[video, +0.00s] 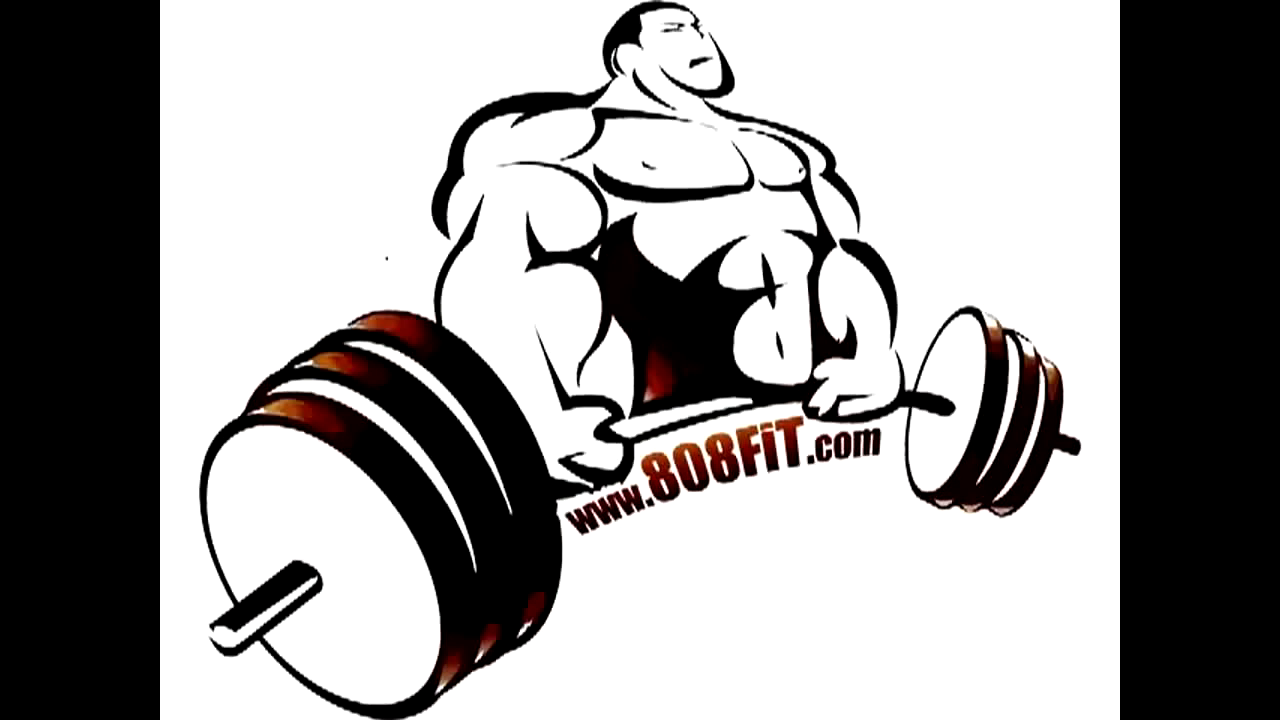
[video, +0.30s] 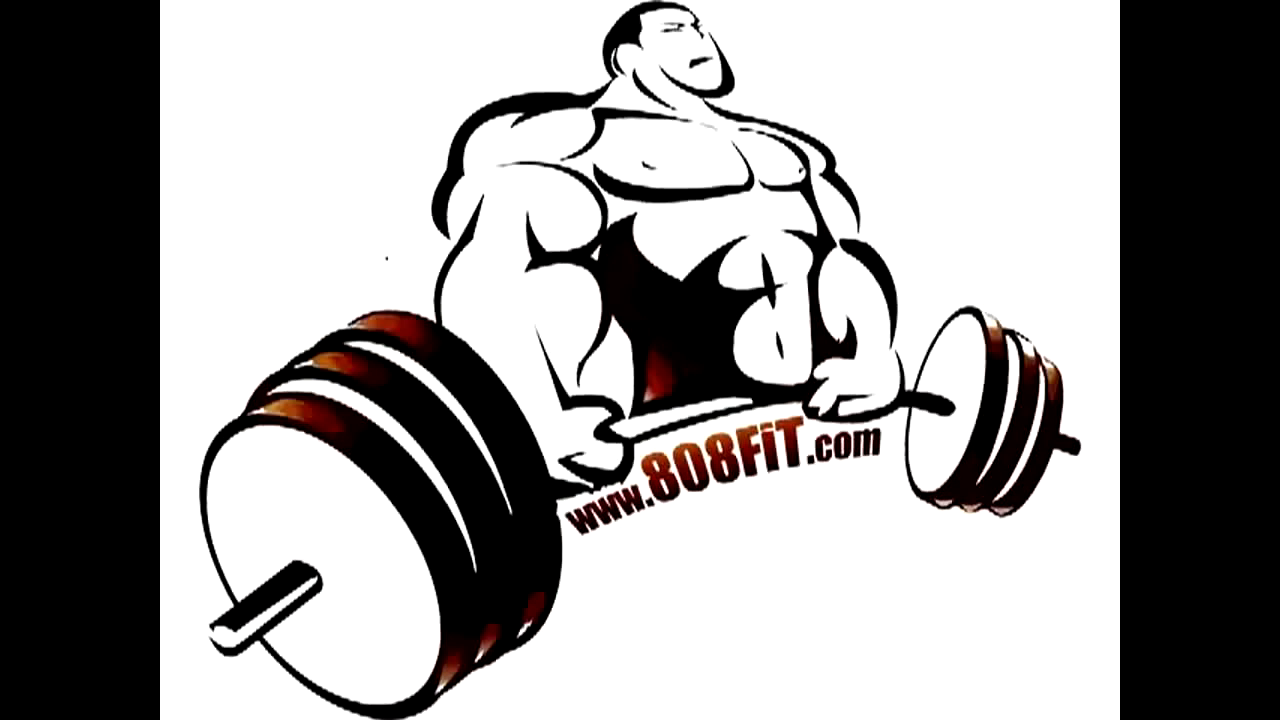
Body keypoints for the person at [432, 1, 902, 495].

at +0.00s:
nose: (702, 40)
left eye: (701, 28)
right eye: (676, 30)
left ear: (713, 45)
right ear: (629, 59)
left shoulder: (775, 145)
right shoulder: (594, 126)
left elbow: (850, 249)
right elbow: (487, 155)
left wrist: (878, 358)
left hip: (747, 330)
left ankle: (870, 369)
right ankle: (577, 429)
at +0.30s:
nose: (702, 40)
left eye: (701, 28)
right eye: (676, 30)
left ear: (713, 45)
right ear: (629, 59)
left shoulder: (775, 145)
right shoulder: (594, 126)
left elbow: (850, 249)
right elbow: (487, 155)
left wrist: (878, 358)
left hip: (747, 330)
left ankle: (870, 369)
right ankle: (577, 429)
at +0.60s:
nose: (702, 40)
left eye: (701, 28)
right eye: (676, 30)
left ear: (713, 45)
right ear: (629, 59)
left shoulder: (775, 145)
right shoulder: (594, 126)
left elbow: (850, 249)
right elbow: (487, 155)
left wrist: (878, 358)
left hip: (747, 330)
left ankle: (870, 369)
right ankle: (577, 429)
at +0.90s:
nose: (702, 40)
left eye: (701, 28)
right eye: (676, 30)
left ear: (713, 45)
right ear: (629, 59)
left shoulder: (775, 145)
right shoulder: (594, 126)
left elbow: (850, 249)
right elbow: (487, 155)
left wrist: (878, 358)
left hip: (747, 330)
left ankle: (870, 369)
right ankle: (577, 429)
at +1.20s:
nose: (702, 40)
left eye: (701, 28)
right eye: (676, 30)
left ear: (713, 45)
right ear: (629, 59)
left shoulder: (775, 145)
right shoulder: (594, 126)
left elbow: (850, 249)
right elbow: (487, 155)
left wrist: (878, 358)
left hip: (747, 330)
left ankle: (870, 369)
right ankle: (577, 429)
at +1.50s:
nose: (702, 40)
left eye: (701, 28)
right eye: (675, 30)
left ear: (713, 45)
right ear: (628, 59)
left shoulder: (776, 145)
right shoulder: (593, 126)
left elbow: (850, 250)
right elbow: (487, 155)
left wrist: (878, 358)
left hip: (747, 331)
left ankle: (870, 369)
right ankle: (577, 429)